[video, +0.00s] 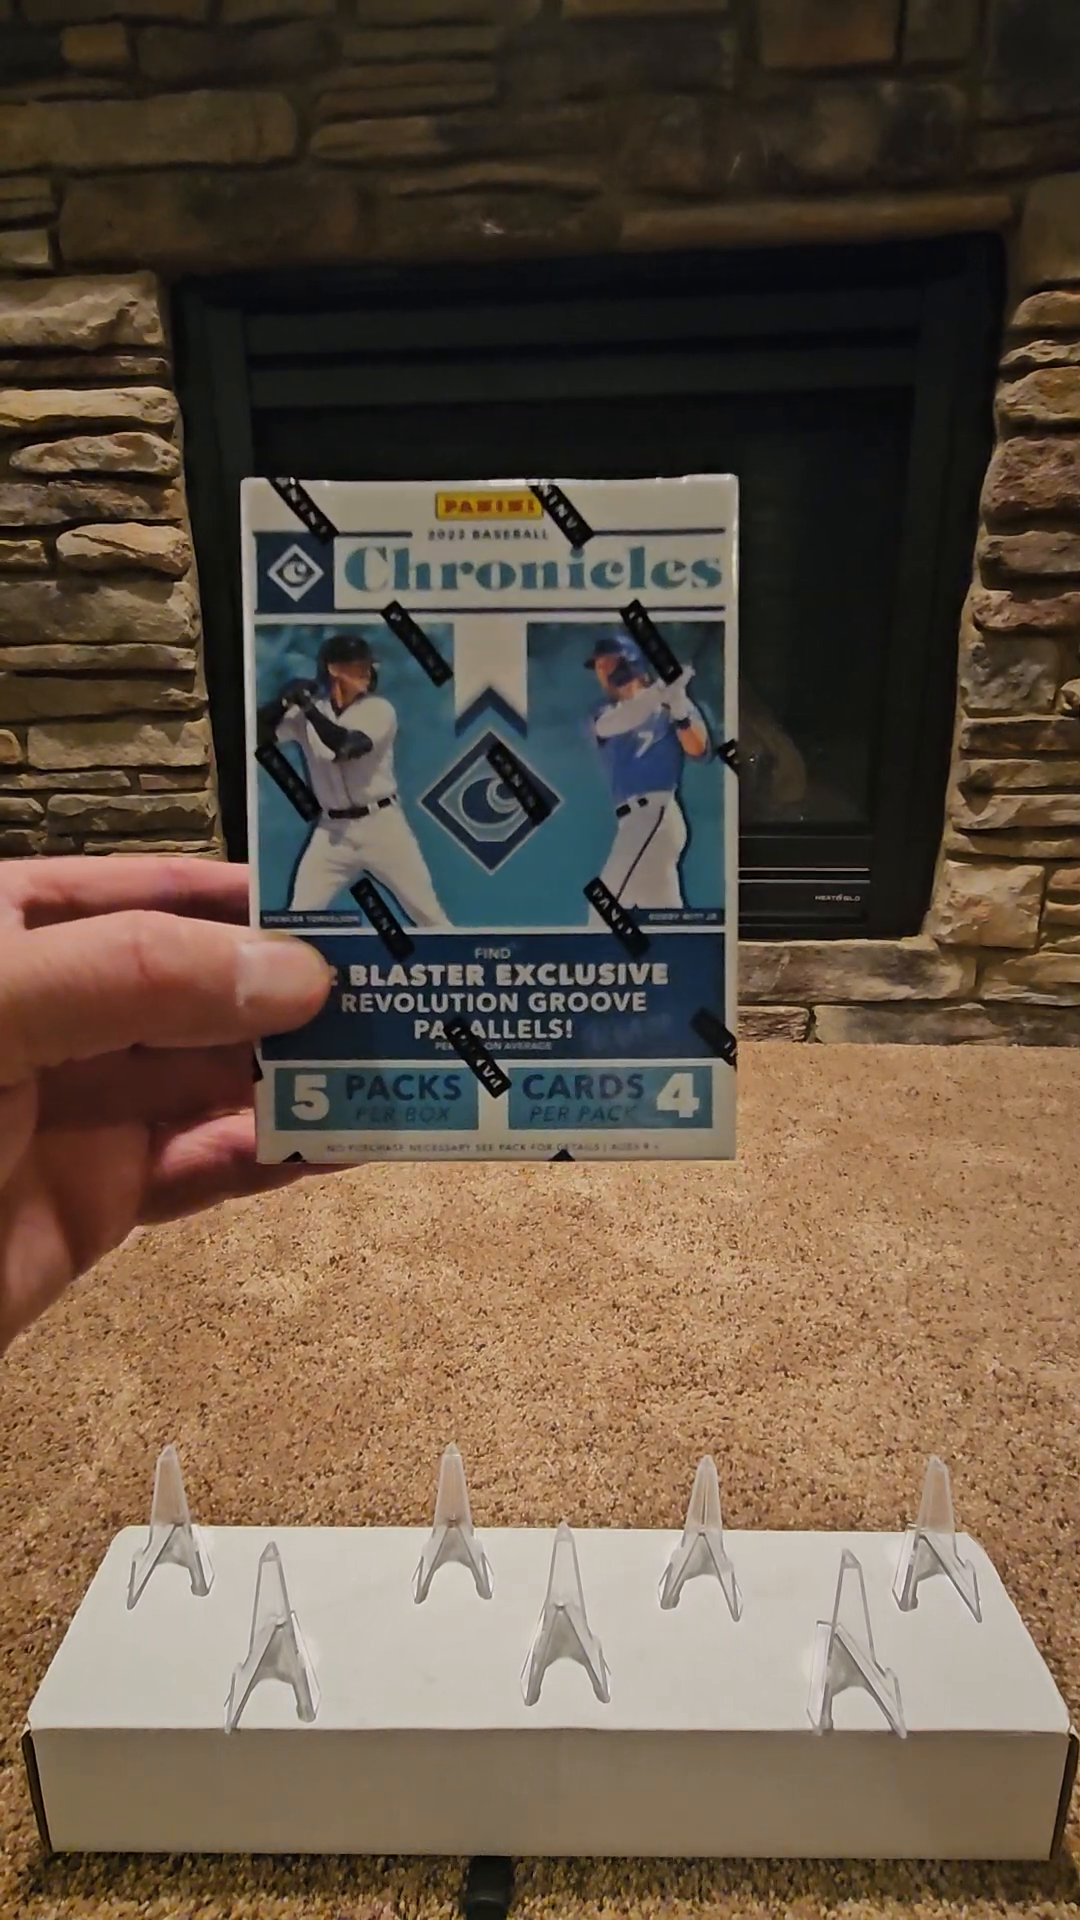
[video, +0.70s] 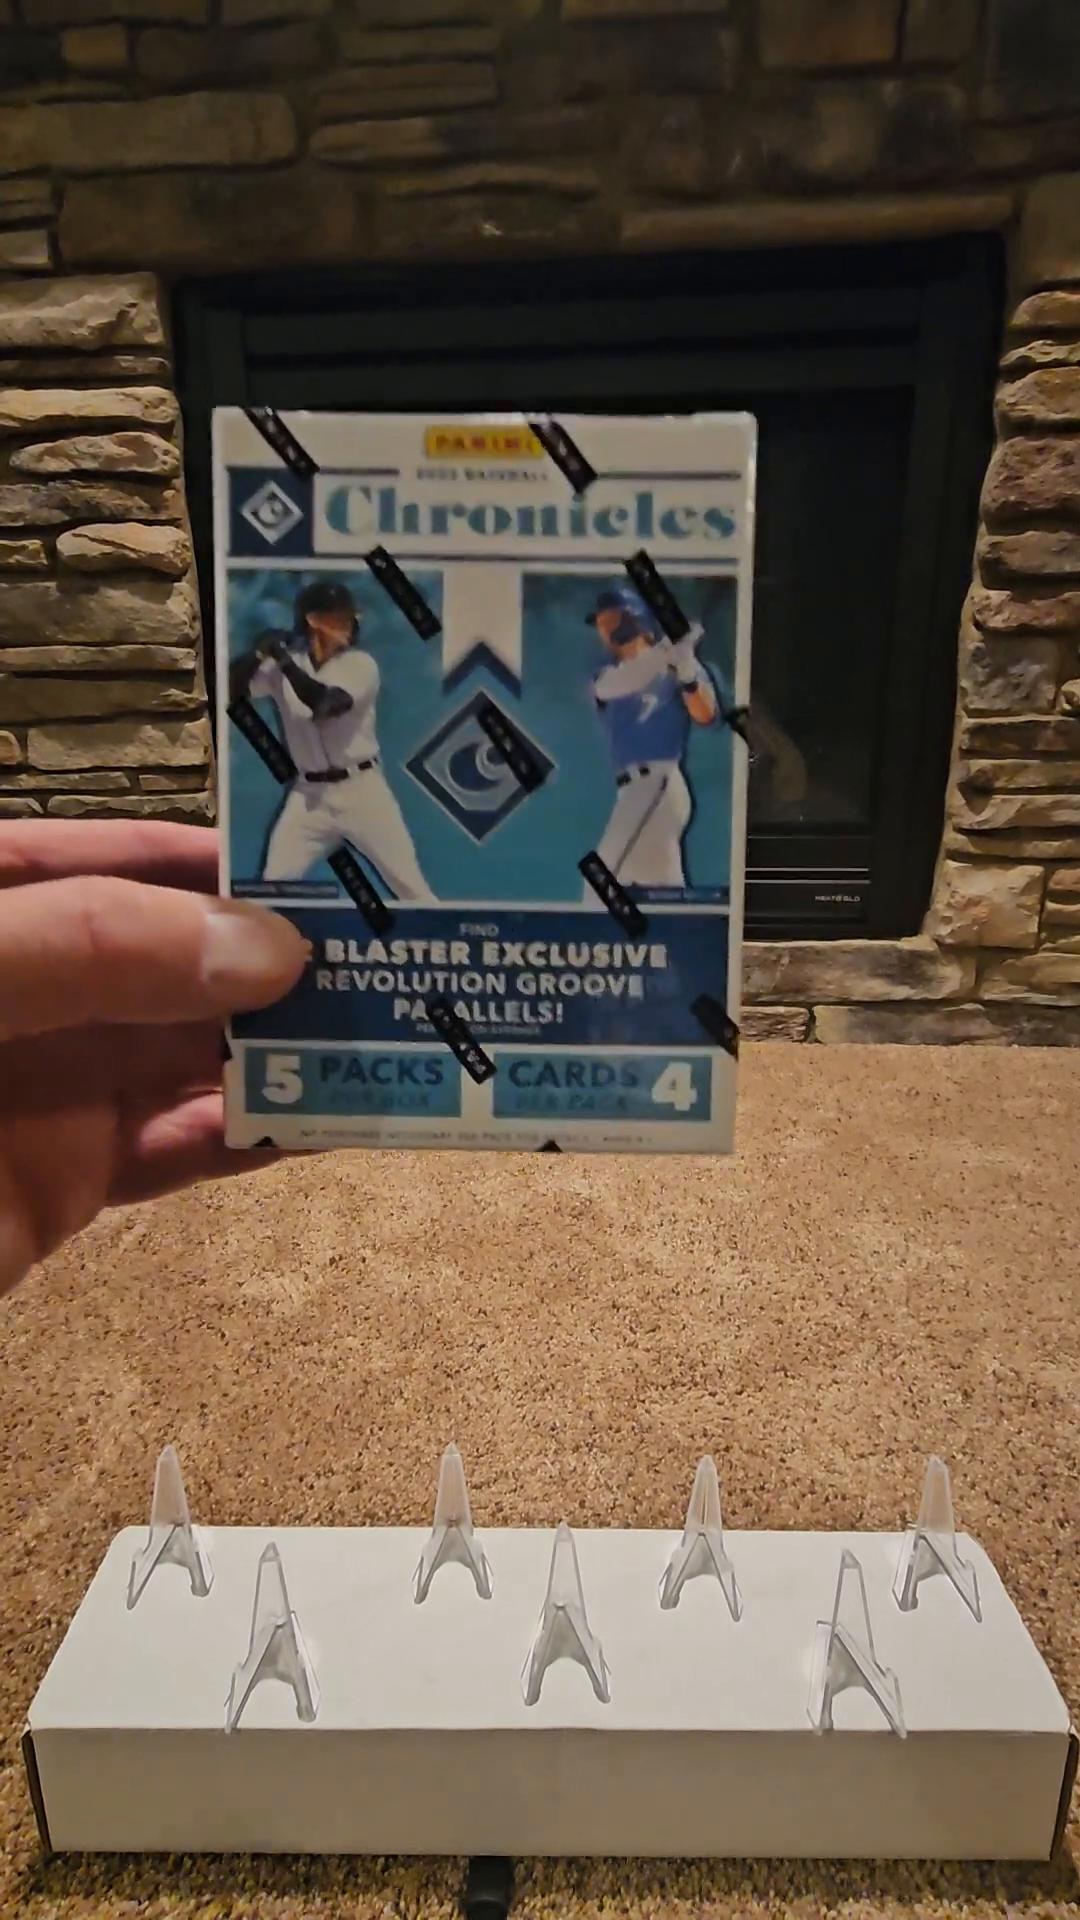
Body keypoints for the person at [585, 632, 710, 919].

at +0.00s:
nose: (604, 673)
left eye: (611, 663)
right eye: (600, 666)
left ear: (631, 664)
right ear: (596, 673)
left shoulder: (672, 702)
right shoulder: (601, 714)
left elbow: (699, 750)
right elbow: (624, 720)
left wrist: (679, 707)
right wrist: (662, 689)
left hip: (656, 816)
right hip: (632, 820)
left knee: (605, 906)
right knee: (665, 919)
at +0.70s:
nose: (605, 631)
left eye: (613, 620)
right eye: (601, 623)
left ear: (636, 621)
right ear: (598, 630)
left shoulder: (678, 664)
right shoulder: (606, 676)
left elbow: (705, 716)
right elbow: (625, 682)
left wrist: (686, 667)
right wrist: (666, 651)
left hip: (659, 785)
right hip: (632, 789)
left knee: (602, 881)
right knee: (663, 894)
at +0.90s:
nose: (597, 579)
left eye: (604, 569)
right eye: (593, 571)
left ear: (628, 569)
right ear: (590, 576)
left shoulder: (673, 610)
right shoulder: (595, 623)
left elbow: (703, 663)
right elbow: (619, 629)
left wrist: (682, 611)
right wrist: (660, 595)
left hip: (655, 738)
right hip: (626, 743)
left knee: (597, 841)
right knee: (663, 853)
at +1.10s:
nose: (622, 558)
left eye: (630, 547)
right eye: (617, 550)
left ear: (656, 549)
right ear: (613, 556)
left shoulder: (699, 592)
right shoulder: (622, 606)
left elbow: (732, 649)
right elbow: (642, 614)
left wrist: (710, 594)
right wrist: (682, 583)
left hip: (682, 727)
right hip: (653, 731)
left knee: (621, 835)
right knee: (693, 848)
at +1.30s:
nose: (644, 525)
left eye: (653, 513)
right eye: (641, 516)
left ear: (681, 514)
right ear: (638, 521)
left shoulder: (735, 562)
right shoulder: (652, 575)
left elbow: (765, 621)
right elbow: (655, 590)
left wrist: (742, 562)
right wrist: (718, 546)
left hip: (711, 704)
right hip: (682, 709)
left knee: (647, 819)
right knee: (721, 833)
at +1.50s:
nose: (679, 509)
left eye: (688, 496)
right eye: (674, 500)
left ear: (717, 497)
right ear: (670, 506)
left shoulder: (769, 547)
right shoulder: (680, 562)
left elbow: (801, 609)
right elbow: (698, 572)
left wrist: (777, 546)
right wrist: (757, 528)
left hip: (744, 697)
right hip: (713, 702)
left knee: (676, 816)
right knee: (753, 832)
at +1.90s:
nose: (683, 554)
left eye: (692, 541)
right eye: (678, 545)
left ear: (719, 544)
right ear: (675, 555)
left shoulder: (763, 590)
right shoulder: (686, 607)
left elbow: (800, 651)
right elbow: (692, 620)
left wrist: (776, 589)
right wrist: (755, 576)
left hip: (746, 733)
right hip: (714, 737)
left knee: (680, 849)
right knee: (749, 863)